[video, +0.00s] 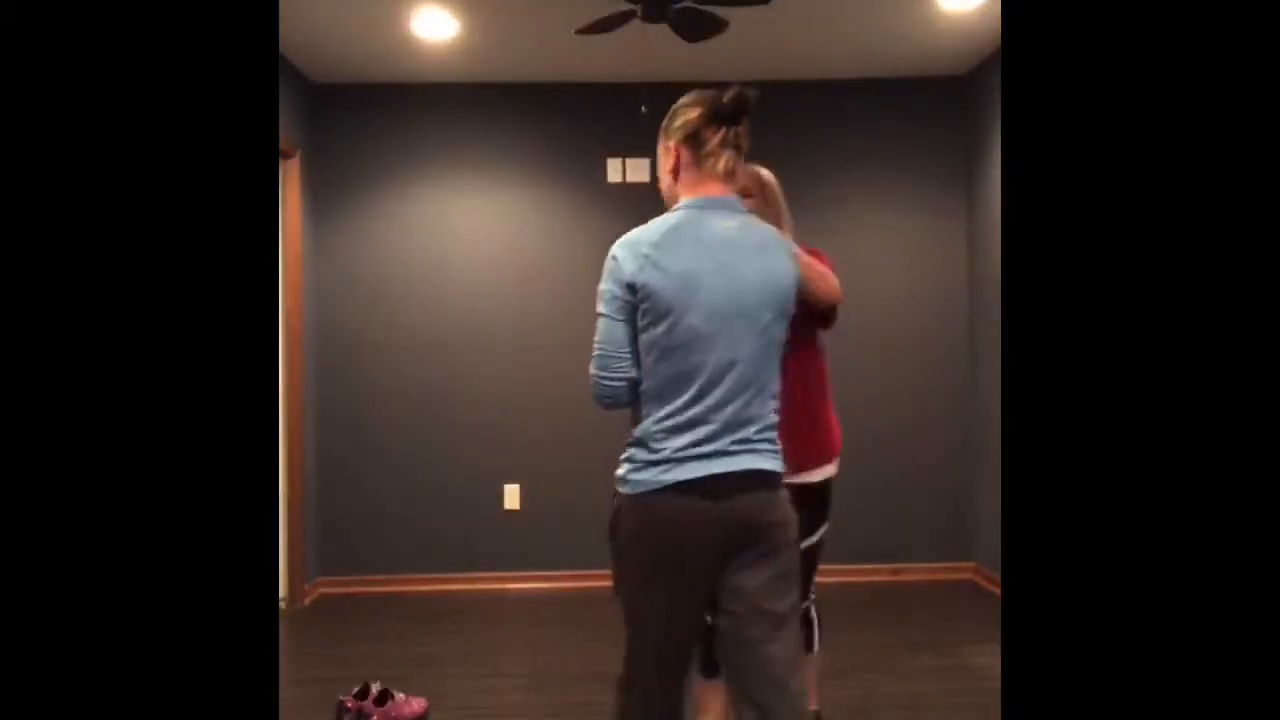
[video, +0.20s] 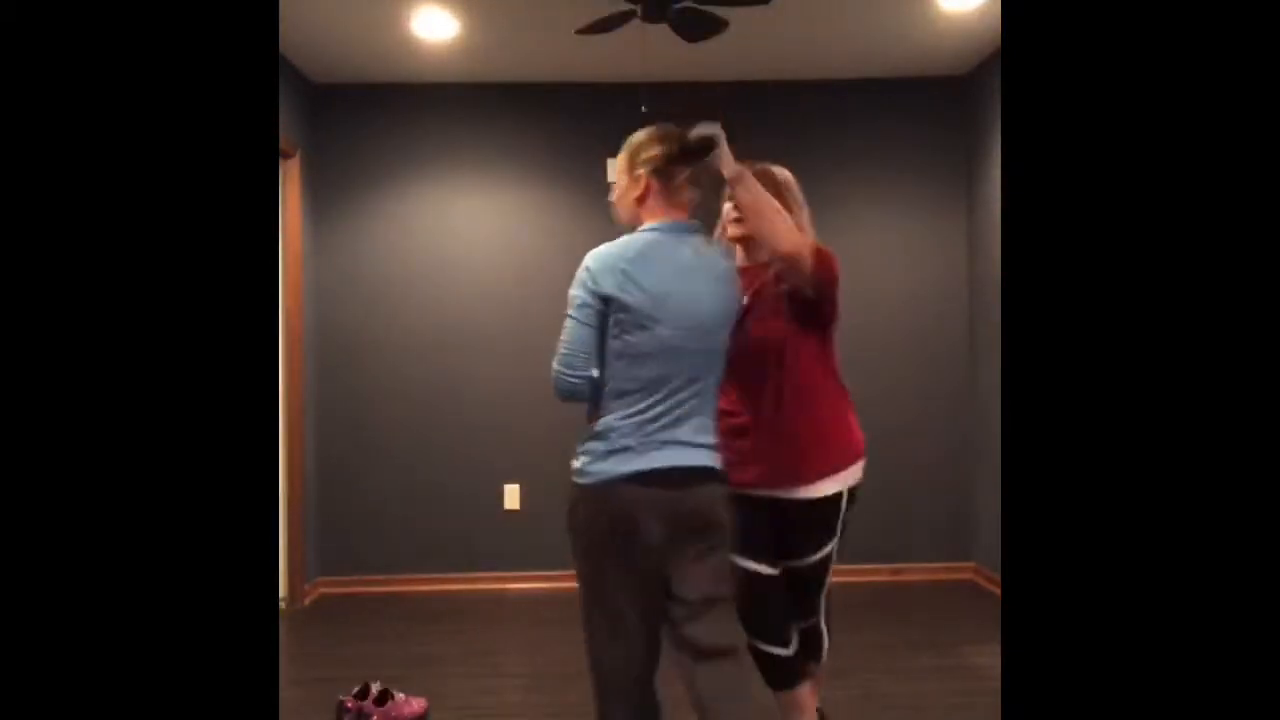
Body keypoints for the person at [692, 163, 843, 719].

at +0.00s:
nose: (737, 217)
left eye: (747, 204)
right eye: (728, 205)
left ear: (770, 210)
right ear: (714, 215)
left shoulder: (800, 263)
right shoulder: (702, 276)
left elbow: (827, 298)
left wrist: (765, 243)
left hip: (798, 467)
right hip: (725, 468)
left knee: (794, 604)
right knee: (717, 613)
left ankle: (805, 705)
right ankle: (713, 708)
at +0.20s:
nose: (733, 222)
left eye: (748, 211)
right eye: (728, 210)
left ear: (784, 217)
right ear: (722, 223)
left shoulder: (808, 275)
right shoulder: (730, 282)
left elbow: (793, 245)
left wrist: (736, 170)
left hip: (813, 470)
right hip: (749, 471)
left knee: (795, 614)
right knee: (764, 618)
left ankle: (806, 705)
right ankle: (803, 705)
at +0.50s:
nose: (712, 188)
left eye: (724, 176)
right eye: (712, 177)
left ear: (763, 186)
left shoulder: (795, 253)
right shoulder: (736, 264)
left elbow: (685, 237)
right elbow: (715, 364)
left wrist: (630, 150)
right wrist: (630, 355)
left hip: (791, 470)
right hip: (731, 474)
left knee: (746, 624)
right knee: (768, 626)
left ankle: (782, 712)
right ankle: (795, 710)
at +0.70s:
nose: (702, 174)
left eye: (712, 162)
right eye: (706, 162)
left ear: (744, 170)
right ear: (772, 172)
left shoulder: (739, 242)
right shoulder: (792, 240)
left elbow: (649, 328)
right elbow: (743, 335)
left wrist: (580, 289)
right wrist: (677, 370)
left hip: (753, 469)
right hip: (808, 462)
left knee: (715, 636)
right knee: (764, 613)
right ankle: (817, 710)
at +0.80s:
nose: (701, 177)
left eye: (709, 164)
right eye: (704, 163)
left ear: (734, 168)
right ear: (787, 171)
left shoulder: (725, 242)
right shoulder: (810, 244)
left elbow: (653, 356)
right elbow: (775, 356)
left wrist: (616, 320)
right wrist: (691, 390)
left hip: (737, 477)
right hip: (816, 470)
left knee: (711, 653)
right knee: (772, 637)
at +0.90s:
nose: (707, 178)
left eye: (713, 166)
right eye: (712, 166)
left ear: (728, 170)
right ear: (801, 170)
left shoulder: (707, 246)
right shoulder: (831, 255)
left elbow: (641, 355)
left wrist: (633, 313)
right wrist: (678, 313)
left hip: (723, 486)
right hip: (825, 485)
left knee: (703, 662)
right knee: (795, 660)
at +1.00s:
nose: (707, 177)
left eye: (712, 166)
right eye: (710, 167)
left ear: (726, 171)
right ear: (804, 172)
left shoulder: (700, 245)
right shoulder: (835, 257)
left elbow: (639, 354)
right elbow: (864, 367)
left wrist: (645, 316)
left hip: (715, 491)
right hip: (828, 490)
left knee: (665, 662)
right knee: (815, 677)